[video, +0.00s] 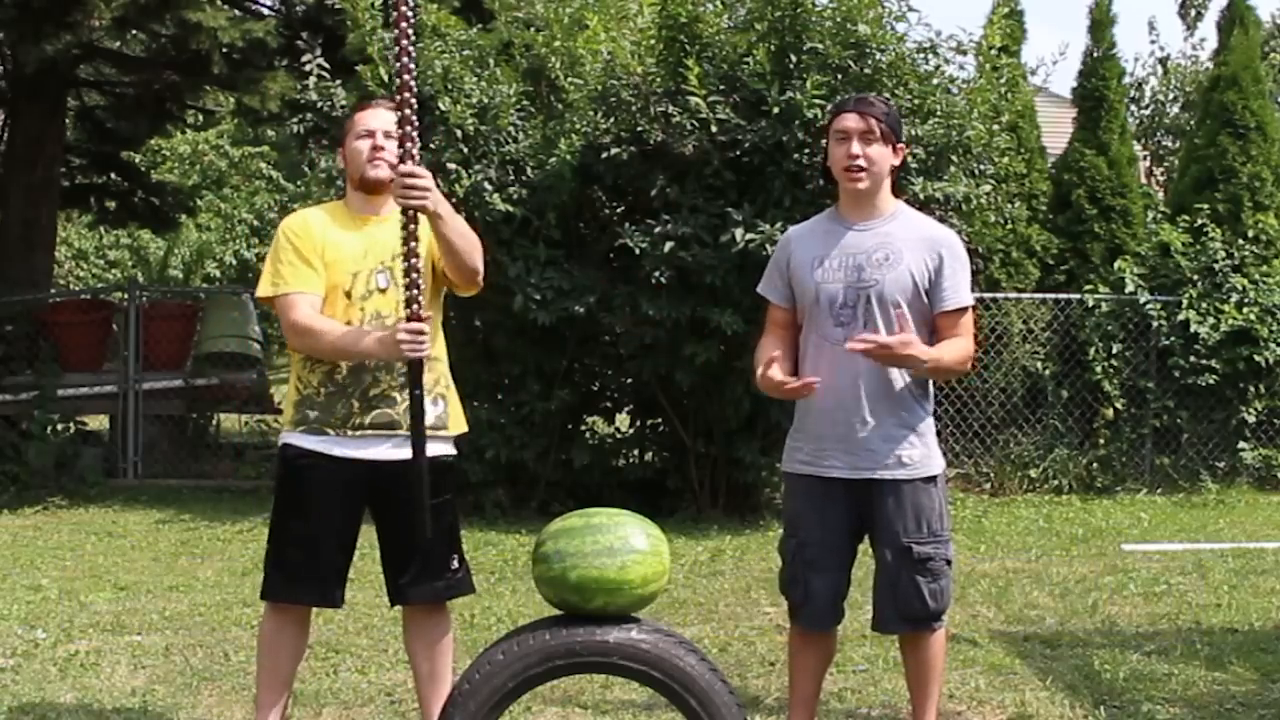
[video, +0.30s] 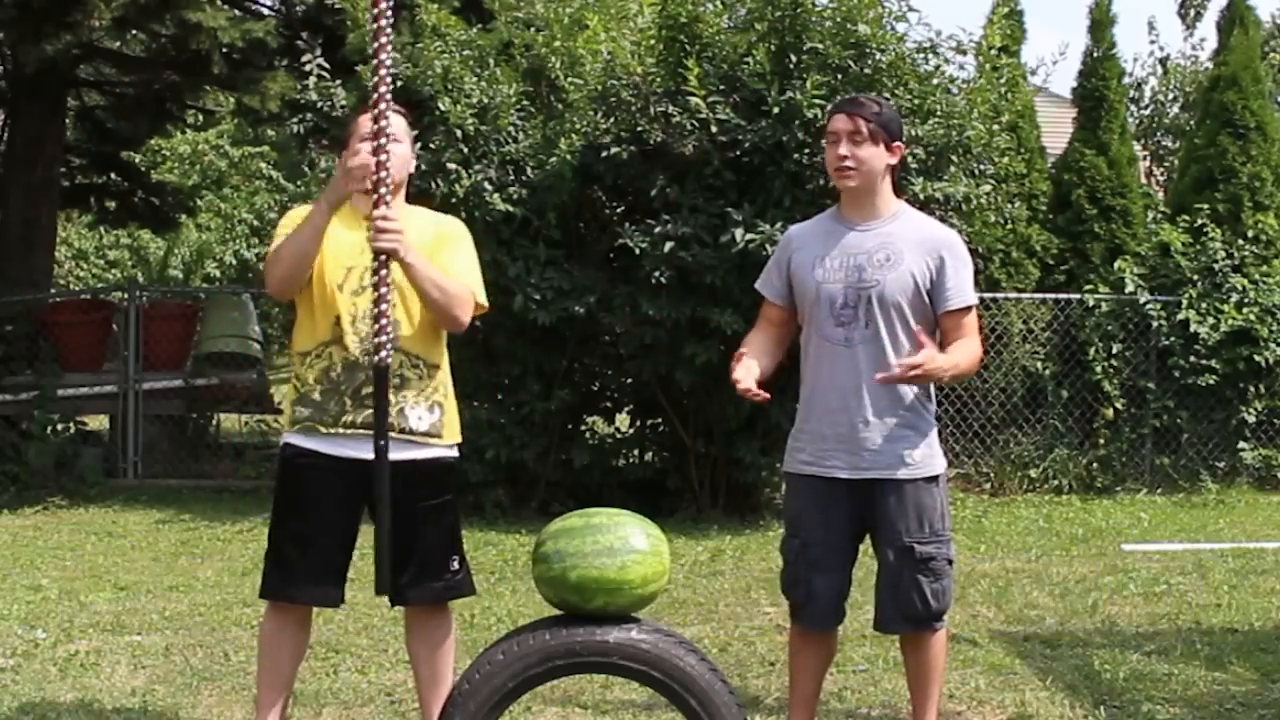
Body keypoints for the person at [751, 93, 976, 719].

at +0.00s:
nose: (853, 150)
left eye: (868, 139)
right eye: (841, 138)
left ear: (895, 154)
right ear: (826, 154)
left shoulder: (937, 242)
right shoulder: (797, 244)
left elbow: (962, 349)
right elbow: (777, 332)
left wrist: (920, 356)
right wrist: (771, 372)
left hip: (906, 459)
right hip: (815, 458)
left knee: (923, 610)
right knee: (809, 610)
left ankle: (925, 716)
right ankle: (799, 716)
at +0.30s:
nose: (841, 151)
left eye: (857, 139)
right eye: (832, 140)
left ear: (892, 153)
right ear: (823, 153)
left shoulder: (938, 242)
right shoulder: (800, 243)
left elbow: (968, 344)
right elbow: (773, 322)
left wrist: (941, 363)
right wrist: (751, 362)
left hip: (908, 461)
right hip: (817, 458)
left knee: (924, 610)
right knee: (810, 609)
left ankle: (924, 716)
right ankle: (799, 716)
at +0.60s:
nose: (821, 159)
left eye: (834, 147)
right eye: (820, 147)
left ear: (878, 155)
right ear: (826, 154)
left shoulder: (933, 243)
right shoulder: (804, 243)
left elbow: (959, 355)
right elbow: (776, 337)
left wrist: (859, 385)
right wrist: (802, 376)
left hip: (905, 465)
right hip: (815, 463)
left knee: (922, 612)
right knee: (809, 611)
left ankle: (924, 716)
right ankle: (800, 716)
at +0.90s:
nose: (816, 159)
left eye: (829, 148)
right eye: (816, 147)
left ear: (873, 155)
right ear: (830, 154)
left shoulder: (932, 243)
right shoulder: (805, 243)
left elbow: (963, 353)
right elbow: (773, 337)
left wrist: (863, 388)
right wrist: (802, 380)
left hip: (904, 466)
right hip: (815, 463)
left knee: (921, 612)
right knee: (809, 611)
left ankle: (924, 716)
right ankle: (799, 716)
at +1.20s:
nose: (821, 169)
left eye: (834, 156)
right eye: (818, 156)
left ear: (879, 159)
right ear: (822, 160)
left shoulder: (938, 244)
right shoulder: (806, 243)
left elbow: (966, 351)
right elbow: (778, 337)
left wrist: (875, 381)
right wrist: (801, 377)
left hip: (904, 465)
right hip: (815, 462)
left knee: (922, 610)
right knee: (809, 609)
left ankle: (925, 716)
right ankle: (799, 716)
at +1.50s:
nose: (845, 158)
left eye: (859, 144)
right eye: (833, 148)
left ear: (892, 153)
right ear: (822, 162)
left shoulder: (940, 242)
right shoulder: (804, 245)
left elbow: (971, 347)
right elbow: (774, 337)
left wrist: (897, 374)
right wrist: (713, 339)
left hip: (908, 464)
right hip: (818, 461)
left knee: (924, 610)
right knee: (812, 610)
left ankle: (925, 716)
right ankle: (799, 717)